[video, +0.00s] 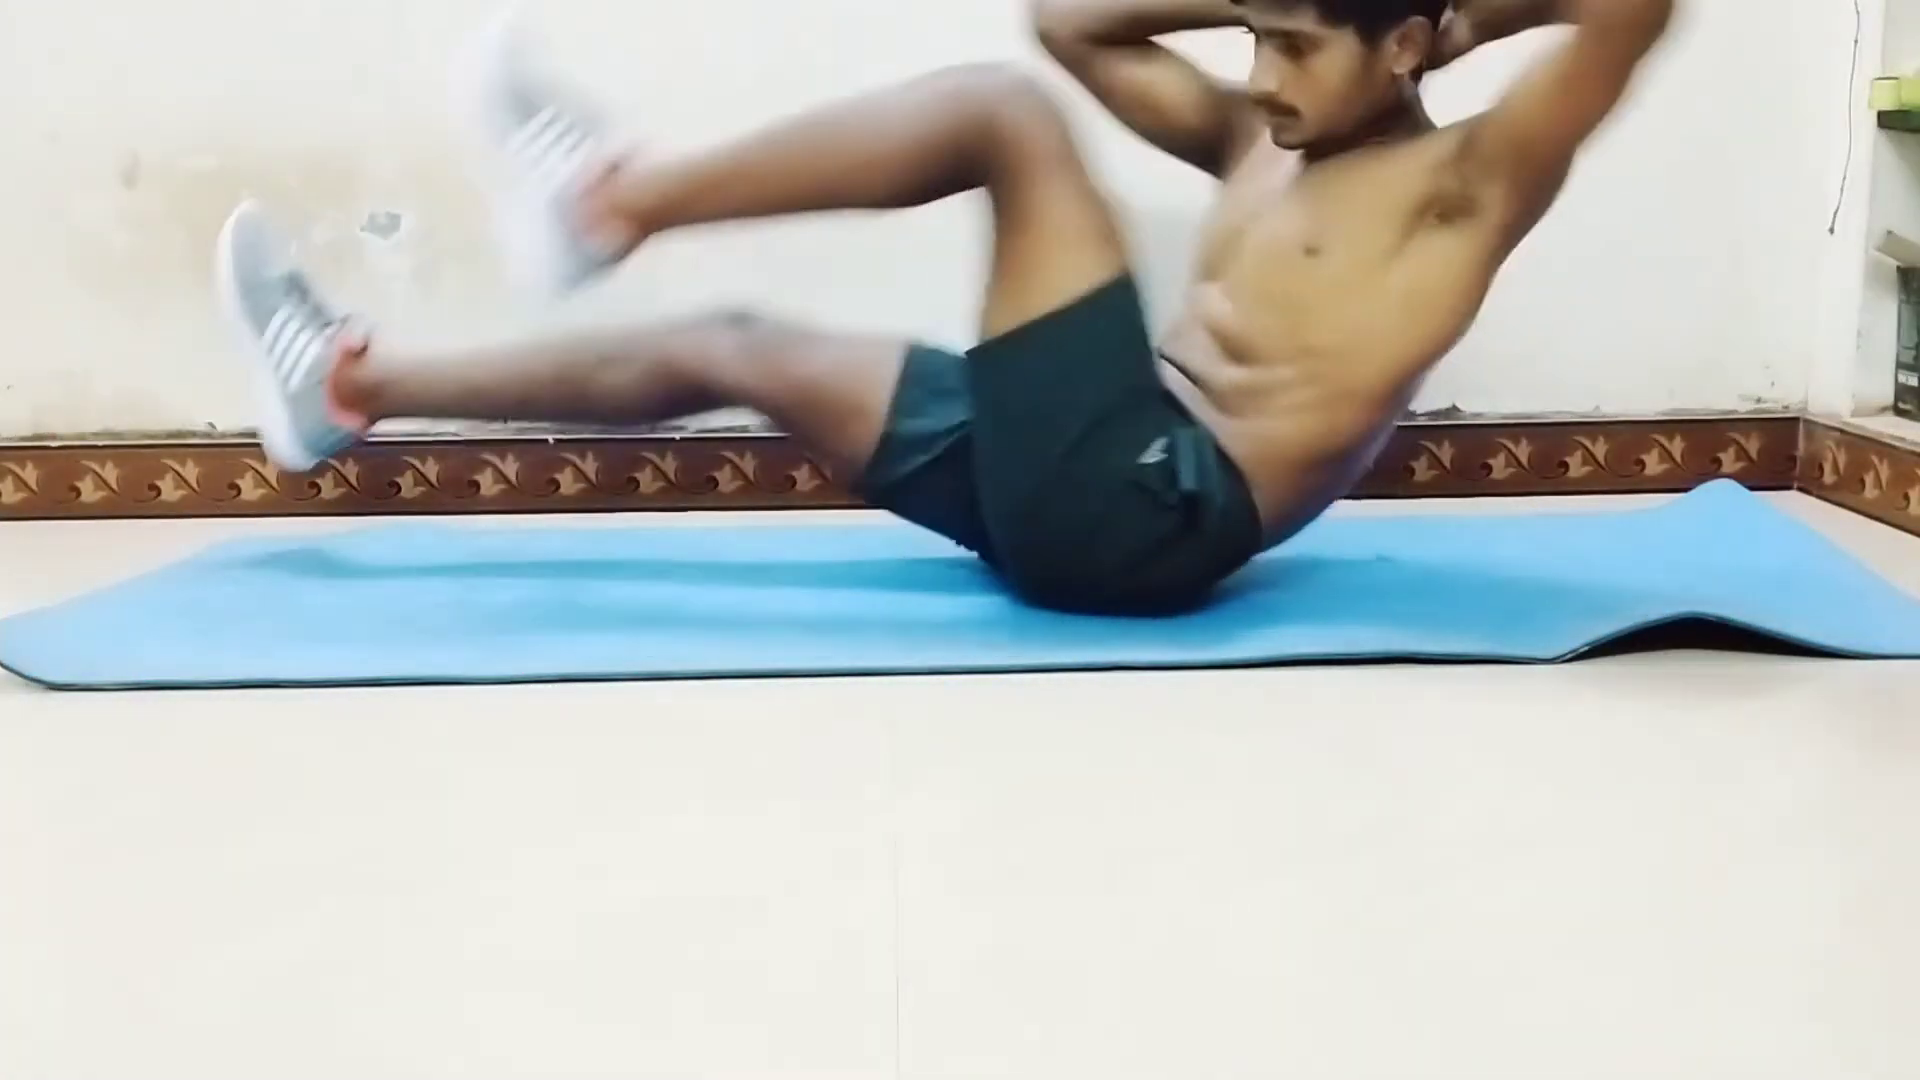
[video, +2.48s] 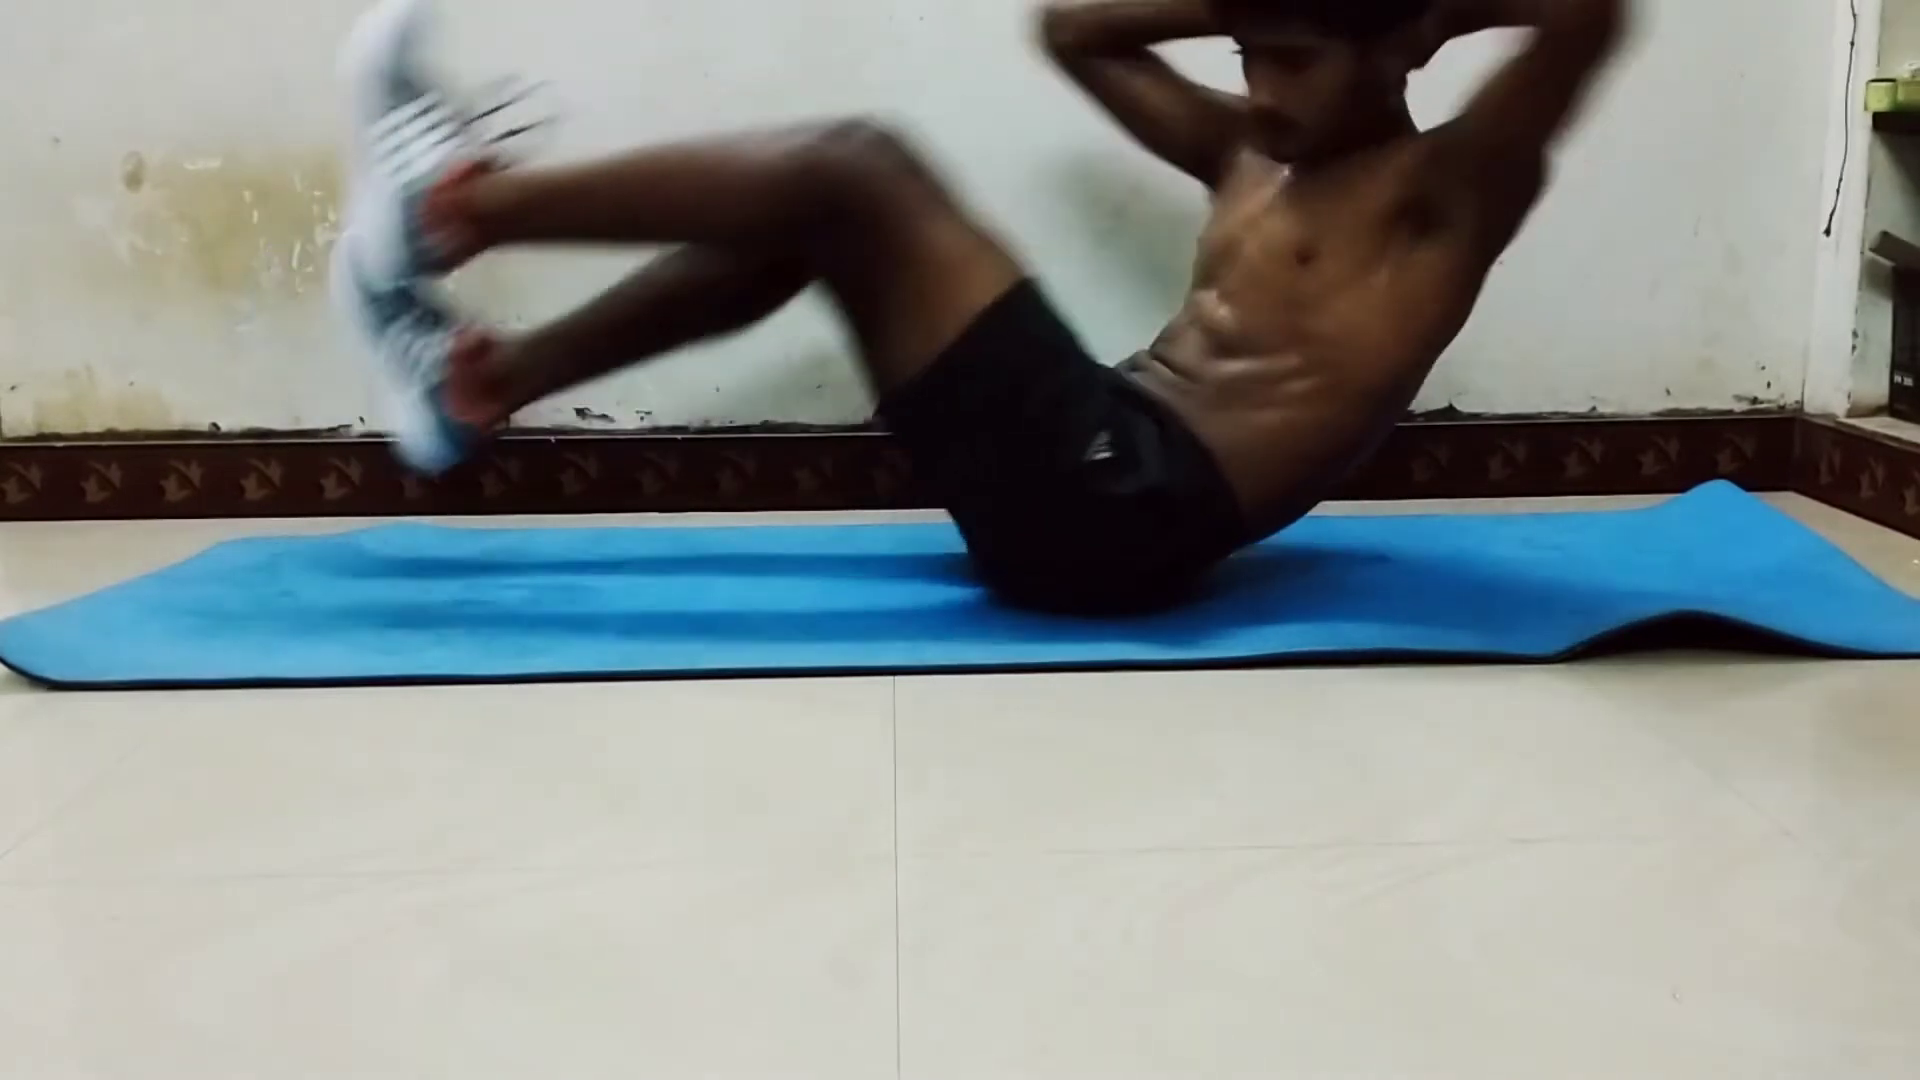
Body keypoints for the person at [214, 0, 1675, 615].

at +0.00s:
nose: (1267, 77)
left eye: (1298, 51)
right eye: (1262, 52)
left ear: (1400, 51)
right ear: (1280, 60)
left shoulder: (1467, 178)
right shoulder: (1258, 138)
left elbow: (1640, 15)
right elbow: (1063, 38)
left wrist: (1470, 27)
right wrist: (1256, 35)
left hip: (1153, 504)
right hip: (1066, 468)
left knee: (1015, 111)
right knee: (734, 345)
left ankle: (620, 198)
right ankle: (357, 384)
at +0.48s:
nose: (1273, 90)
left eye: (1306, 68)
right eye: (1269, 69)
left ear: (1405, 69)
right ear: (1281, 80)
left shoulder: (1480, 192)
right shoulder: (1254, 134)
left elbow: (1683, 31)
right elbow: (1068, 30)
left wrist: (1507, 14)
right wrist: (1233, 20)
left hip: (1155, 509)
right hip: (1064, 468)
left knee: (968, 139)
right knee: (748, 296)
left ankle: (547, 127)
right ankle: (378, 426)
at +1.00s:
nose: (1264, 54)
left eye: (1292, 39)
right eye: (1292, 41)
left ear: (1366, 54)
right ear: (1378, 60)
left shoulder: (1362, 135)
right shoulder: (1355, 152)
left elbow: (1127, 27)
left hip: (1127, 511)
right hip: (1121, 423)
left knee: (728, 410)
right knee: (1081, 109)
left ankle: (249, 425)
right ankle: (707, 188)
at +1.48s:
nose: (1263, 77)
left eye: (1292, 42)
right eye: (1291, 39)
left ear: (1356, 39)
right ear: (1344, 45)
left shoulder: (1382, 152)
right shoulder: (1342, 168)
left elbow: (1169, 6)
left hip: (1137, 501)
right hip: (1124, 433)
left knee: (777, 289)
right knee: (941, 150)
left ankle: (341, 406)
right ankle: (539, 220)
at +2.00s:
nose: (1278, 64)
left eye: (1312, 42)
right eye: (1264, 37)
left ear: (1392, 43)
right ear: (1255, 33)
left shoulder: (1451, 152)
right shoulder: (1196, 127)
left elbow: (1693, 25)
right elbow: (1023, 46)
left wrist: (1519, 8)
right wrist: (1113, 33)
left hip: (1146, 498)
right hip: (1057, 436)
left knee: (1072, 100)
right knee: (729, 386)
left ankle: (682, 134)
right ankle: (355, 407)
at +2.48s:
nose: (1254, 93)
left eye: (1289, 64)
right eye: (1248, 66)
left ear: (1385, 62)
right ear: (1251, 59)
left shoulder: (1451, 187)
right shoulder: (1245, 155)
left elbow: (1599, 18)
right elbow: (1067, 35)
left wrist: (1441, 22)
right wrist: (1241, 21)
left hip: (1127, 512)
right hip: (1068, 471)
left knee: (860, 169)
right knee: (829, 205)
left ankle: (455, 208)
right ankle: (486, 386)